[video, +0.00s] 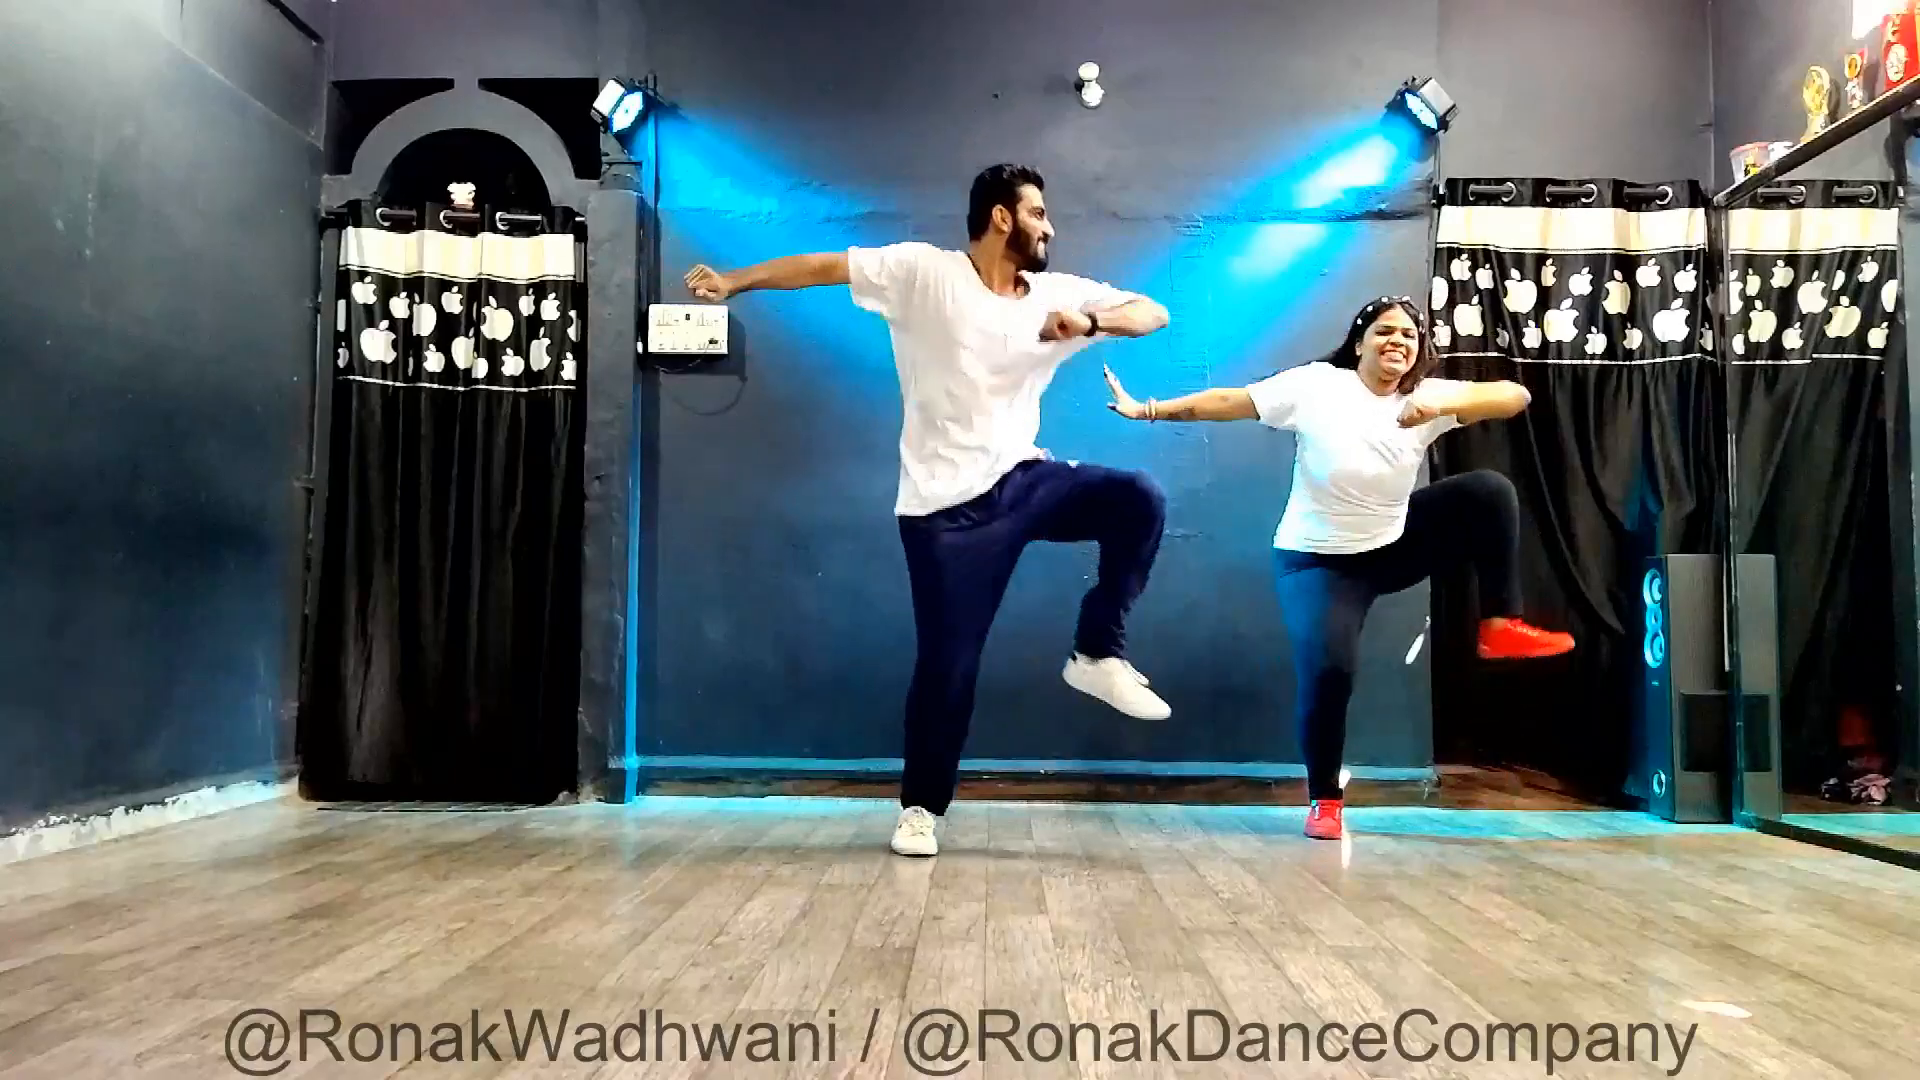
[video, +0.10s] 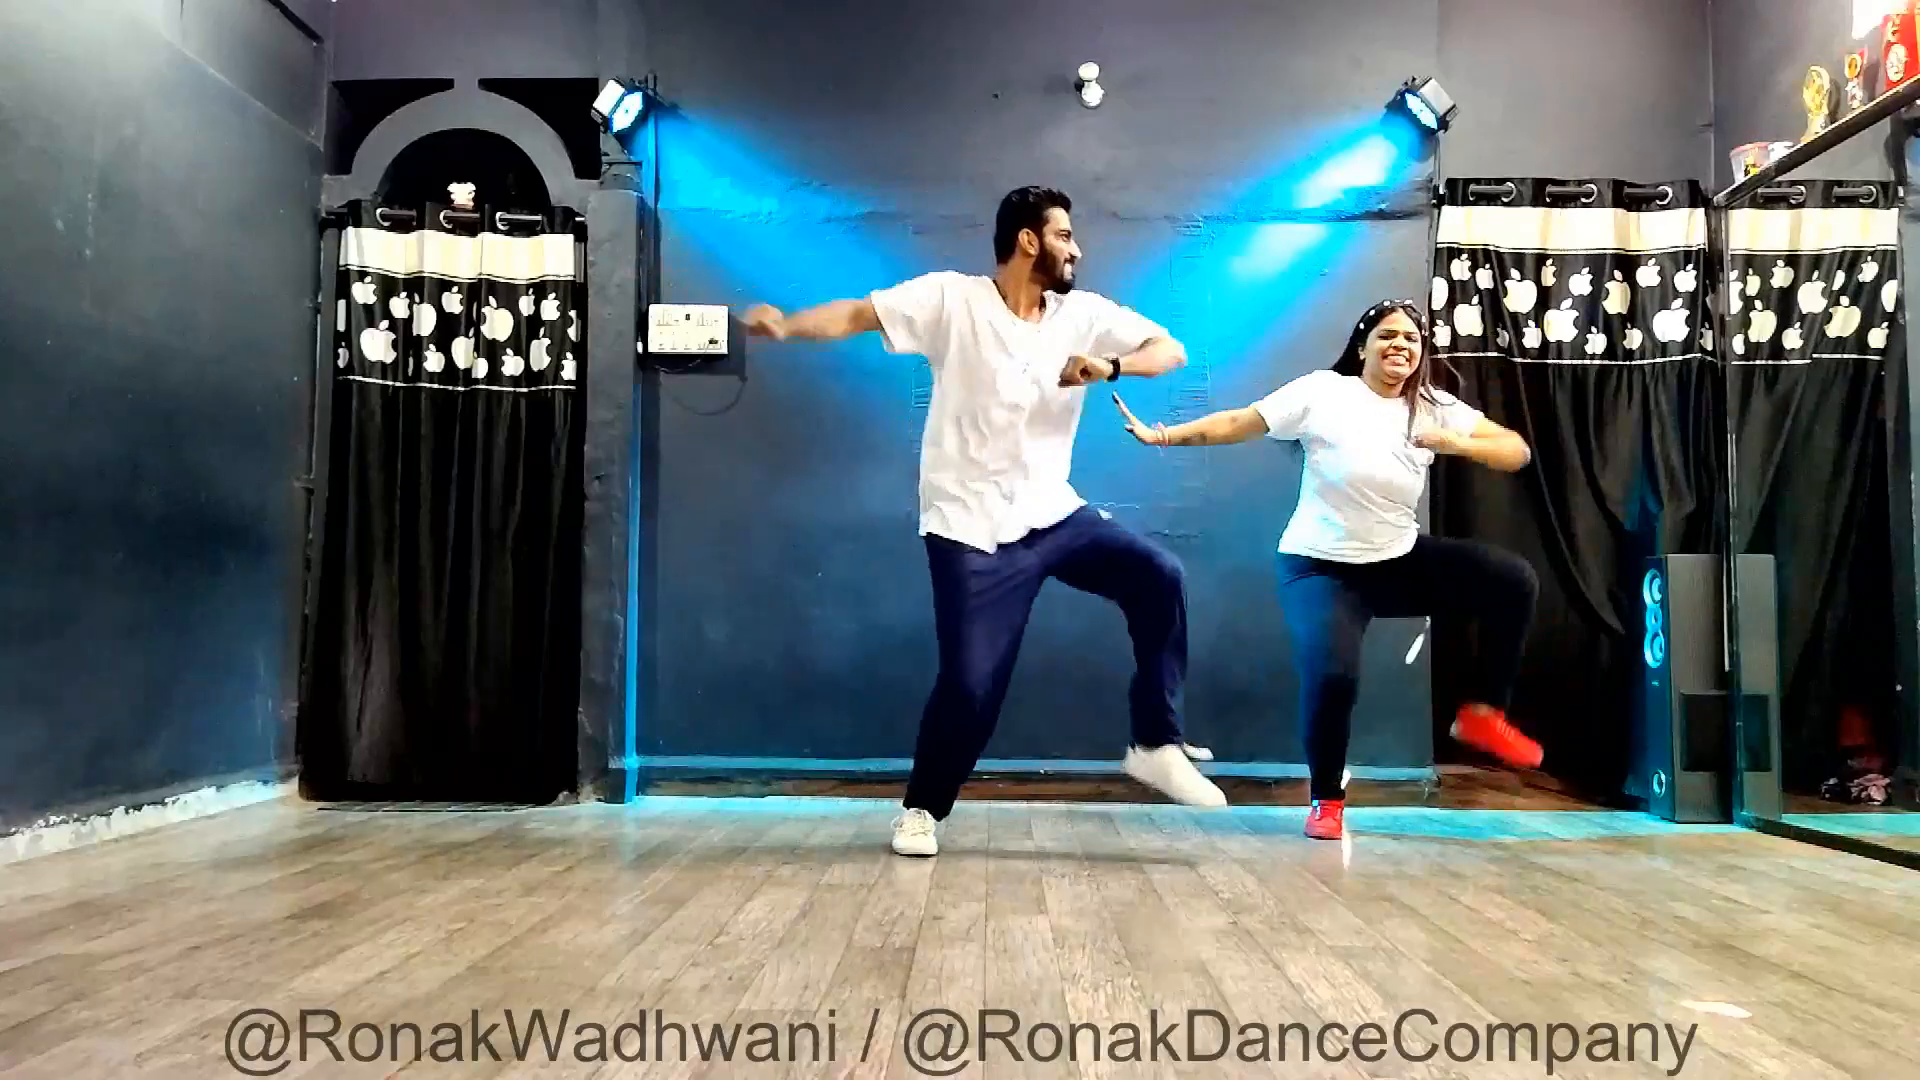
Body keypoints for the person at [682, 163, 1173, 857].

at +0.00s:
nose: (1048, 224)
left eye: (1048, 213)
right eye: (1037, 210)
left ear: (1025, 223)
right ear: (997, 217)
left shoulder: (1055, 291)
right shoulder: (925, 270)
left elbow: (1154, 313)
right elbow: (824, 267)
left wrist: (1092, 321)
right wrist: (733, 281)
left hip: (1025, 480)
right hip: (947, 503)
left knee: (1137, 504)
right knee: (947, 666)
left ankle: (1097, 656)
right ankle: (920, 809)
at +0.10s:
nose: (1074, 246)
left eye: (1073, 235)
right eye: (1063, 234)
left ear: (1039, 245)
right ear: (1026, 242)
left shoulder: (1081, 313)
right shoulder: (950, 296)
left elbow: (1170, 351)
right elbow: (858, 315)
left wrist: (1116, 365)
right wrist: (787, 324)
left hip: (1052, 509)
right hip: (969, 522)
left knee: (1158, 576)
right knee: (971, 686)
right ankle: (922, 810)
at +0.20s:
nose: (1094, 262)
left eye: (1095, 252)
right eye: (1083, 249)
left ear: (1071, 261)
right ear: (1042, 256)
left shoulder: (1107, 345)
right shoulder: (968, 332)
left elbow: (1148, 444)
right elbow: (895, 408)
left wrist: (1131, 399)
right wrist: (861, 385)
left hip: (1084, 536)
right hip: (992, 534)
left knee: (1153, 660)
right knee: (984, 697)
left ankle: (1173, 819)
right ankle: (923, 807)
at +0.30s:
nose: (1116, 259)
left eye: (1118, 248)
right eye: (1108, 244)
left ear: (1092, 251)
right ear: (1068, 243)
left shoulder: (1112, 336)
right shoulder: (994, 316)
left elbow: (1152, 430)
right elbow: (927, 395)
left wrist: (1179, 360)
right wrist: (940, 321)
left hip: (1100, 536)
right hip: (1010, 531)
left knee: (1157, 668)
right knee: (991, 686)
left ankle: (1168, 820)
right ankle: (931, 811)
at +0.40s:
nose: (1135, 225)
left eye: (1137, 214)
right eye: (1127, 209)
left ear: (1102, 211)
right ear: (1089, 205)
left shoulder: (1124, 300)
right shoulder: (1007, 263)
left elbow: (1167, 369)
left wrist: (1179, 362)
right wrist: (980, 226)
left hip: (1082, 499)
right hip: (995, 486)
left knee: (1122, 636)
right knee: (962, 638)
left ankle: (1158, 795)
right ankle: (913, 783)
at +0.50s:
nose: (1157, 222)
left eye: (1160, 212)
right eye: (1149, 204)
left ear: (1140, 219)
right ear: (1107, 199)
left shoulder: (1126, 298)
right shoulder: (1039, 243)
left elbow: (1160, 370)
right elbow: (1017, 203)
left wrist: (1226, 381)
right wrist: (1029, 149)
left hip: (1054, 461)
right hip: (976, 443)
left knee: (1102, 600)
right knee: (949, 579)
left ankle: (1098, 765)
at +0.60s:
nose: (1167, 252)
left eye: (1170, 241)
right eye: (1159, 237)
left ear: (1141, 239)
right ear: (1123, 231)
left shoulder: (1123, 334)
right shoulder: (1052, 264)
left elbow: (1157, 403)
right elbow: (1022, 233)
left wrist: (1212, 418)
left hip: (1035, 466)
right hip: (967, 444)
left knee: (1075, 617)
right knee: (940, 566)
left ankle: (1067, 789)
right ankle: (853, 562)